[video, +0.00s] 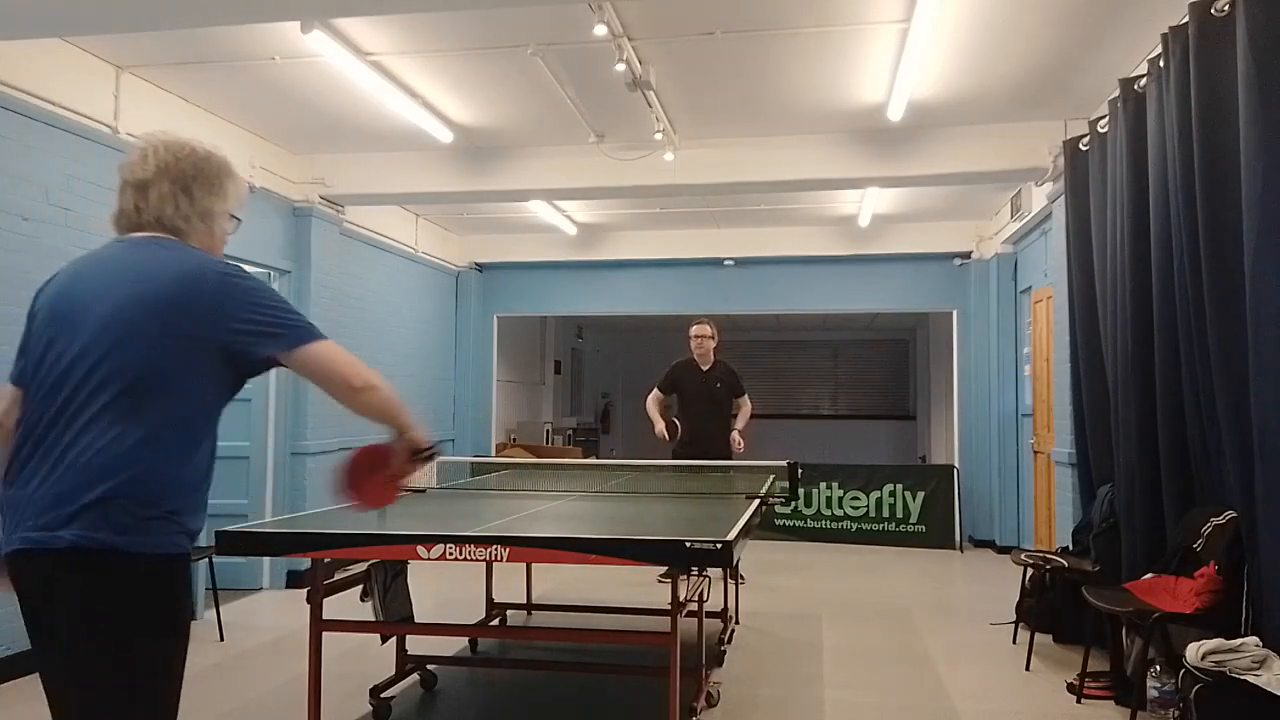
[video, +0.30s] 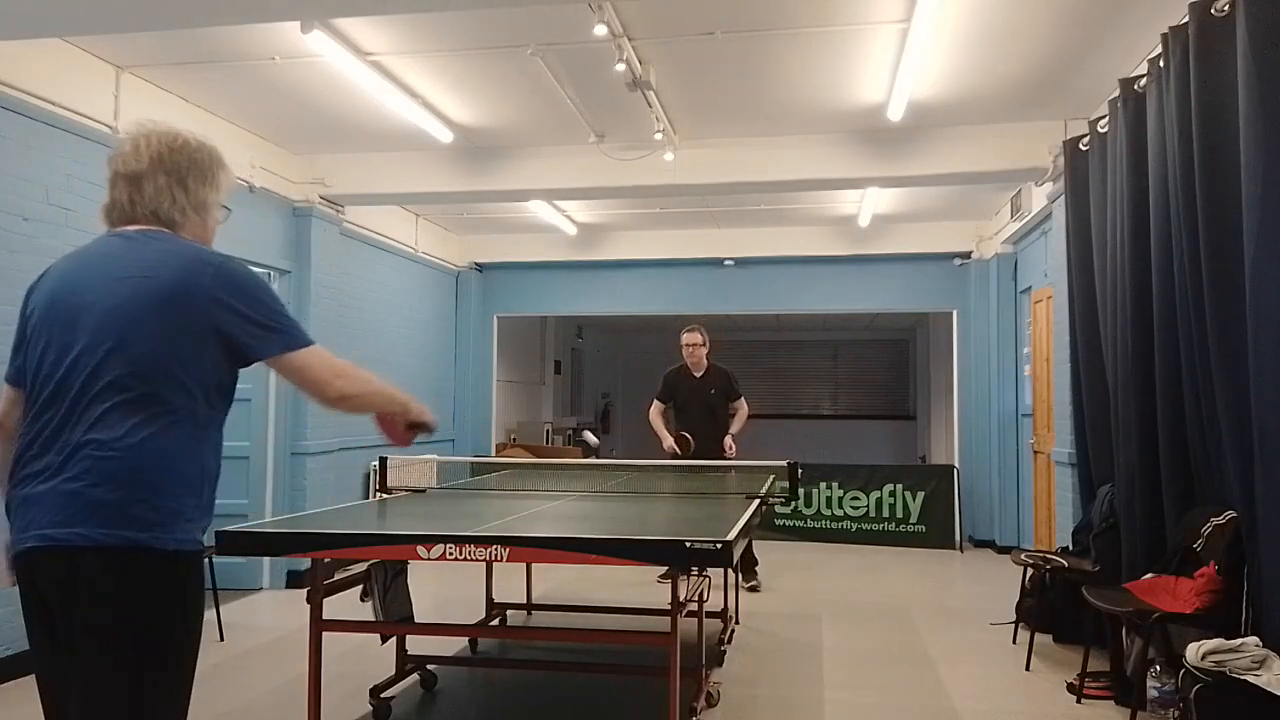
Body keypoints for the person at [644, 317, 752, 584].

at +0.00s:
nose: (700, 342)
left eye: (705, 337)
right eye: (695, 337)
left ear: (714, 341)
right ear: (689, 341)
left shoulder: (726, 372)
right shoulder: (679, 370)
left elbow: (745, 405)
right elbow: (653, 399)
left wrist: (736, 429)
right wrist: (658, 421)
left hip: (718, 454)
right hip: (685, 453)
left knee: (724, 508)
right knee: (679, 508)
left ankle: (730, 562)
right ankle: (677, 562)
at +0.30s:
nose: (692, 350)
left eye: (696, 345)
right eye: (687, 346)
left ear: (707, 347)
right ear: (680, 349)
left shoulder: (723, 376)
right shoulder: (672, 377)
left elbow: (742, 409)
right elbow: (654, 412)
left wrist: (730, 435)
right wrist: (665, 436)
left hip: (717, 460)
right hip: (683, 460)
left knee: (733, 511)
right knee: (678, 510)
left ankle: (748, 570)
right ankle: (677, 563)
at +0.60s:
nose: (689, 368)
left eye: (694, 363)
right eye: (685, 363)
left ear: (707, 361)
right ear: (681, 363)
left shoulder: (726, 388)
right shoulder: (677, 387)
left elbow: (747, 424)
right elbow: (654, 420)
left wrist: (733, 449)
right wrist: (667, 456)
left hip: (720, 463)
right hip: (686, 462)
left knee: (735, 514)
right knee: (673, 509)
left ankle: (748, 573)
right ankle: (678, 562)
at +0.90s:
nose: (704, 349)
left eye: (709, 344)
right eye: (700, 344)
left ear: (721, 345)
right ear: (696, 344)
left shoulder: (736, 377)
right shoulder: (687, 364)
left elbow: (750, 413)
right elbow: (656, 361)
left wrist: (741, 435)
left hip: (723, 457)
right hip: (688, 455)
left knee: (735, 512)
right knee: (676, 508)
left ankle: (748, 572)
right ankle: (678, 561)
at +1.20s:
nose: (721, 340)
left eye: (726, 335)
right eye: (717, 336)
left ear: (739, 338)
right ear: (713, 338)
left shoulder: (752, 372)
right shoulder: (701, 361)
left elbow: (768, 408)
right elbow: (669, 355)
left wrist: (759, 433)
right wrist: (656, 344)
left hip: (738, 455)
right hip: (703, 452)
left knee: (745, 514)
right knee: (684, 505)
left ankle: (749, 573)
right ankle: (676, 560)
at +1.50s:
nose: (724, 337)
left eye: (729, 333)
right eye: (720, 333)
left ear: (742, 335)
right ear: (716, 335)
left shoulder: (755, 370)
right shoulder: (705, 363)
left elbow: (772, 409)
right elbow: (677, 385)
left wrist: (759, 432)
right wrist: (656, 394)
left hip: (739, 455)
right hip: (703, 453)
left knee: (746, 515)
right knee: (686, 508)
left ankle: (749, 573)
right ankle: (678, 566)